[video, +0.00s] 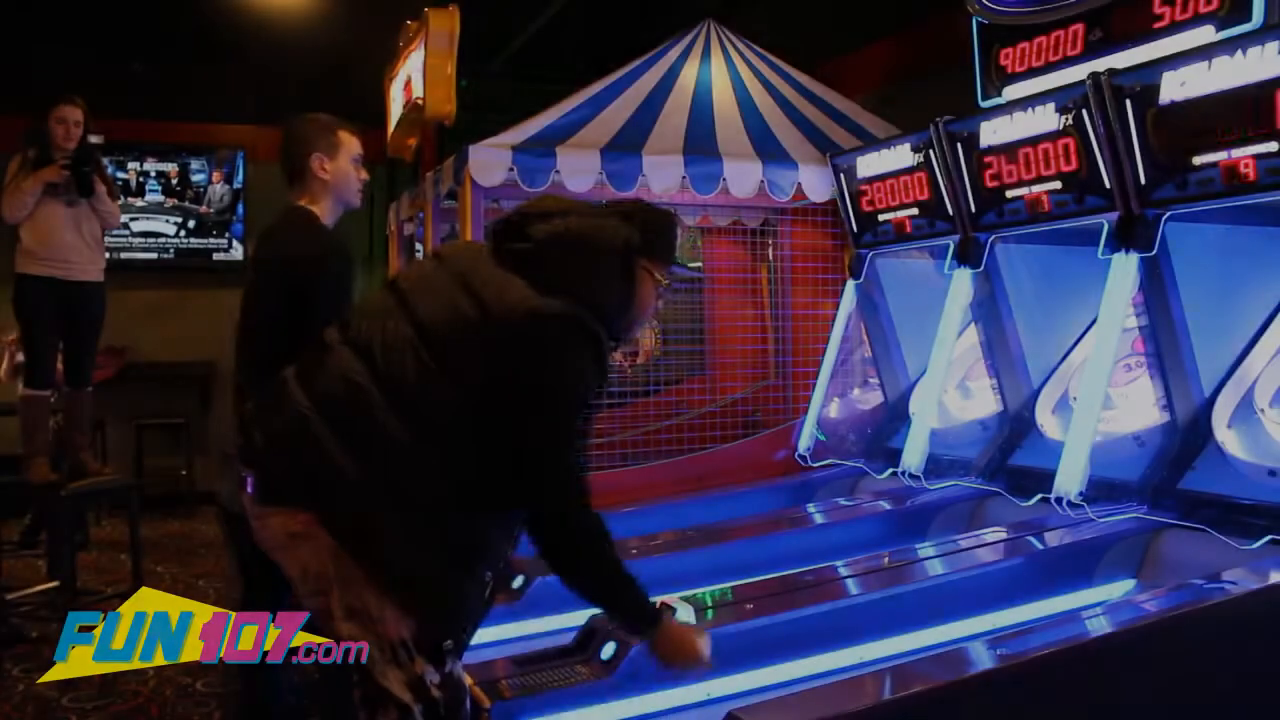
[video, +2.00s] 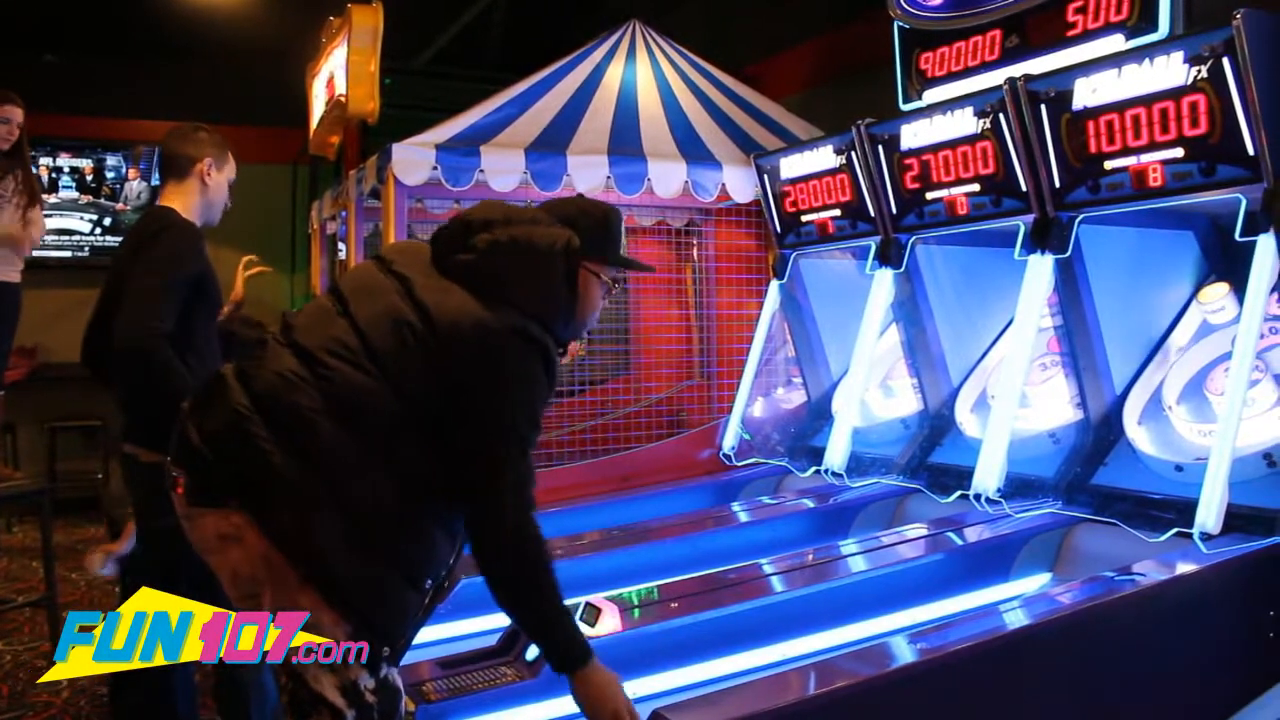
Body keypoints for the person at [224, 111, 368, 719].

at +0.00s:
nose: (364, 175)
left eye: (362, 162)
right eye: (355, 162)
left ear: (316, 168)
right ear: (320, 166)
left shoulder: (282, 236)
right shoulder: (315, 246)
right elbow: (313, 362)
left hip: (264, 458)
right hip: (290, 466)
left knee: (271, 606)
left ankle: (261, 703)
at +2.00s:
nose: (229, 196)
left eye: (231, 184)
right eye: (229, 182)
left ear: (180, 170)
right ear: (206, 172)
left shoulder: (148, 233)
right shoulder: (176, 239)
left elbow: (98, 349)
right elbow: (147, 344)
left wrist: (224, 315)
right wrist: (200, 414)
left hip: (147, 453)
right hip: (173, 460)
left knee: (158, 596)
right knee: (211, 603)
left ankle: (151, 704)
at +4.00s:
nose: (193, 190)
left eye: (192, 176)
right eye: (189, 176)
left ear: (129, 180)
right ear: (165, 174)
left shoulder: (101, 244)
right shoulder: (156, 240)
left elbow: (24, 342)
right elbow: (152, 356)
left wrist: (82, 412)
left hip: (113, 458)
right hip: (156, 462)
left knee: (129, 608)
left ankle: (126, 708)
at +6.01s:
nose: (190, 175)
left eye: (189, 163)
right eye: (179, 162)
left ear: (135, 168)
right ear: (133, 165)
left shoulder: (112, 239)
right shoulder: (126, 246)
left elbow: (67, 345)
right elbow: (146, 363)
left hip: (119, 456)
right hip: (134, 463)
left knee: (136, 604)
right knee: (150, 605)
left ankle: (133, 708)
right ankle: (142, 709)